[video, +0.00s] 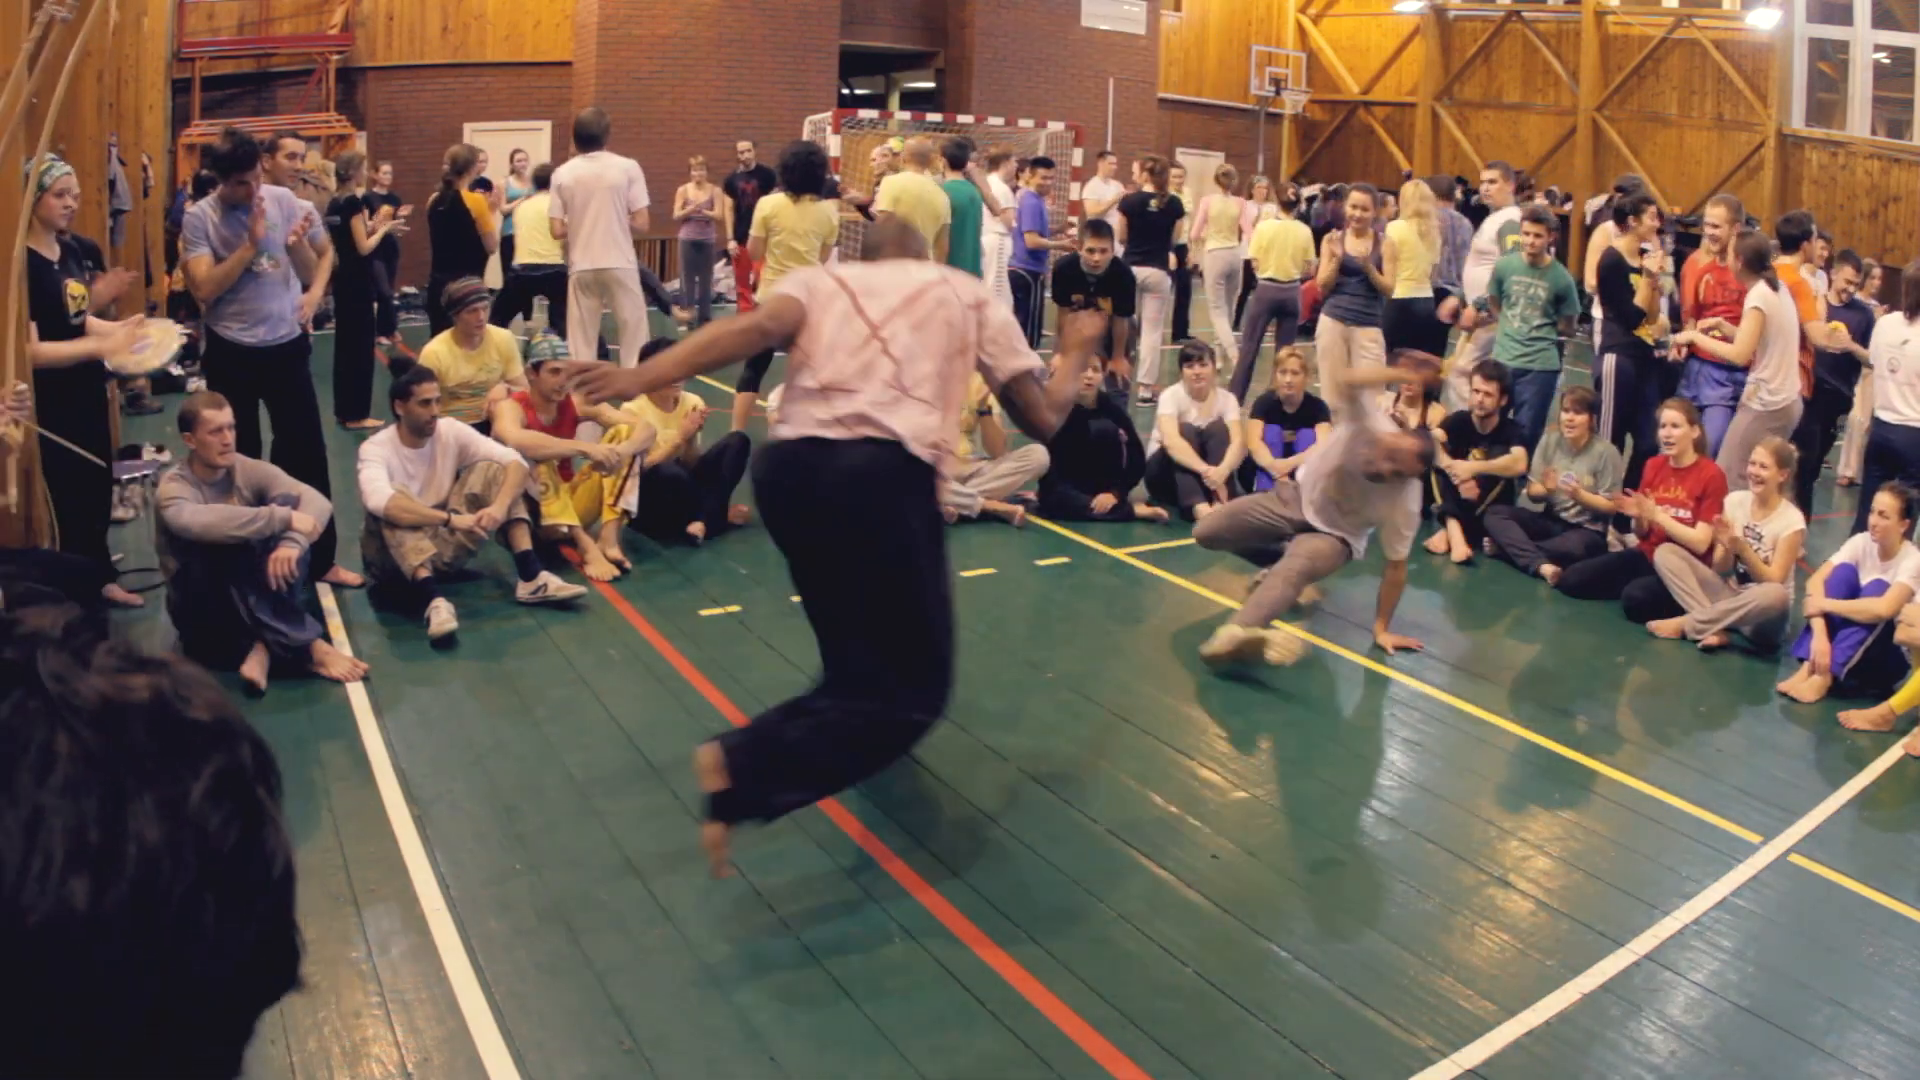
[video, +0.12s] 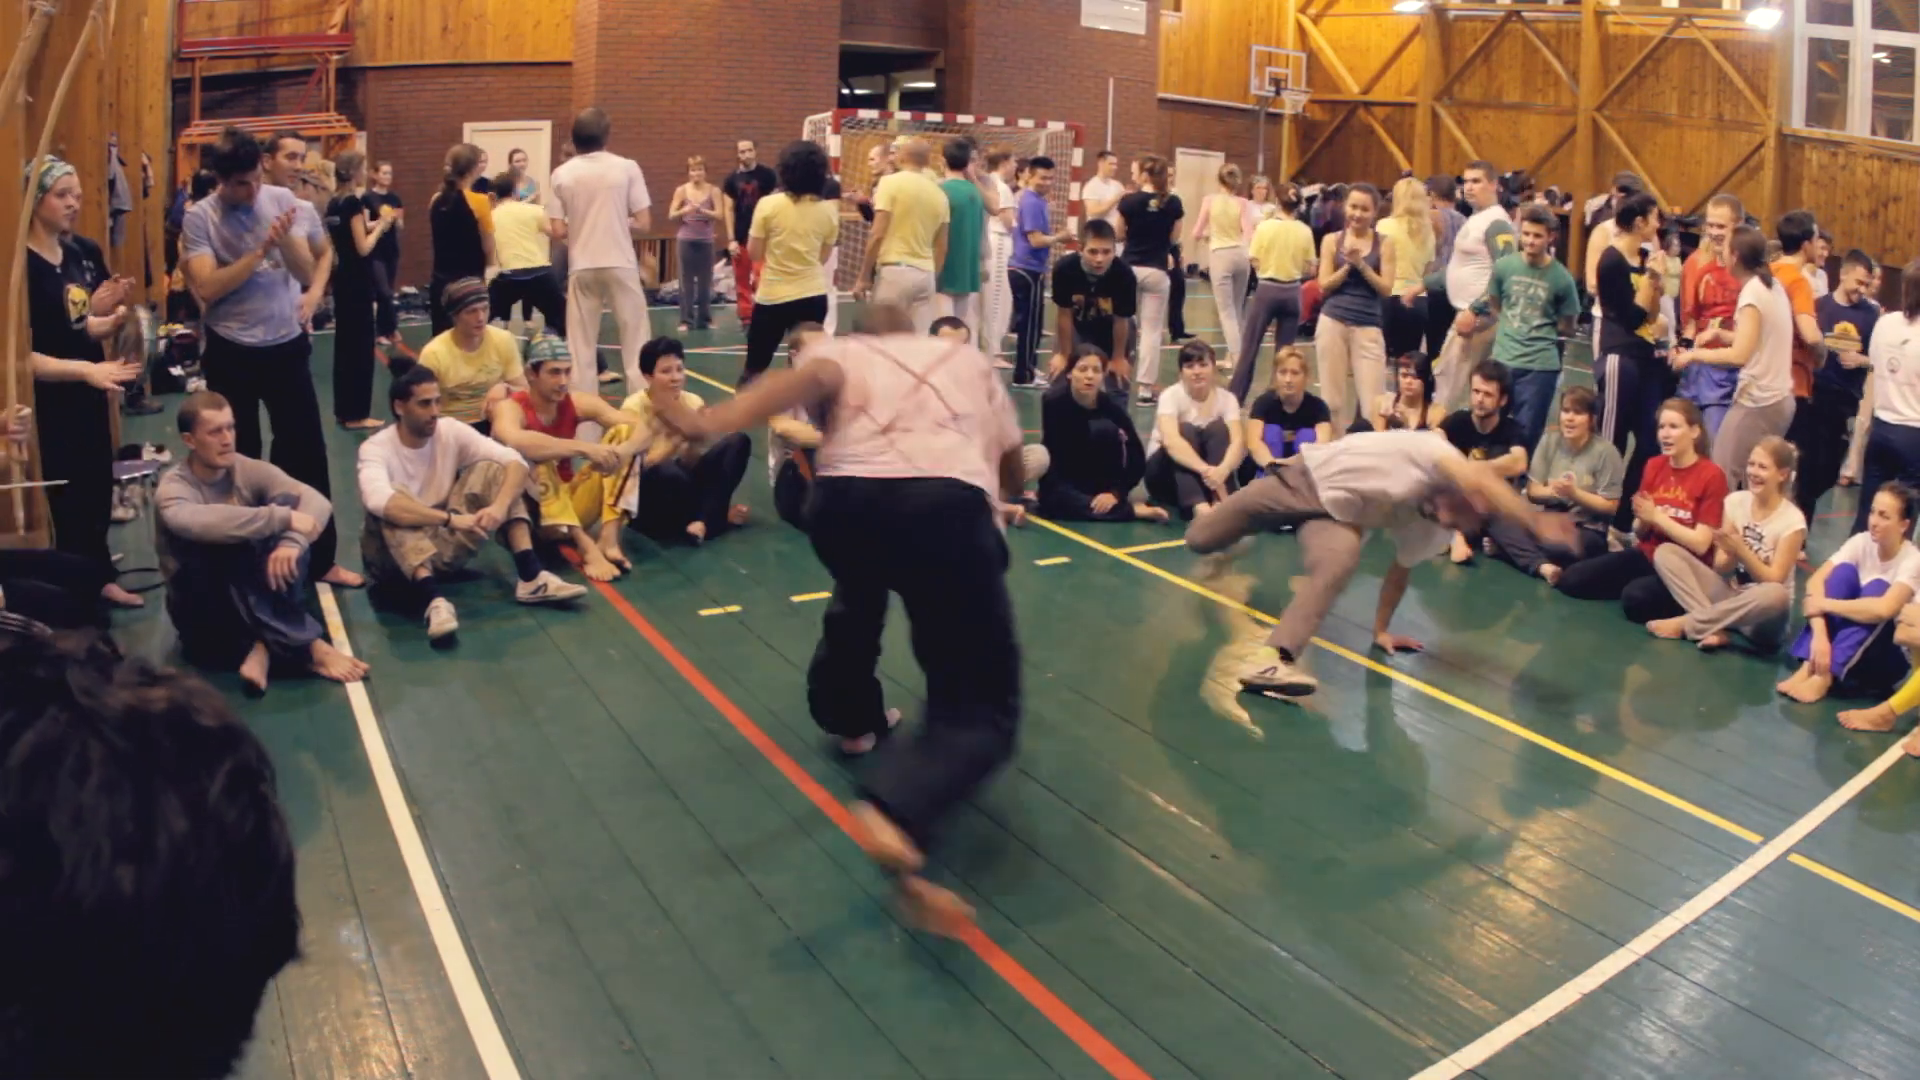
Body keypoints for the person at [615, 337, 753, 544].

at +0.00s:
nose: (677, 375)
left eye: (681, 366)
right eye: (667, 368)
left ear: (687, 371)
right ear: (649, 375)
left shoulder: (693, 404)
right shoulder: (632, 411)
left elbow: (692, 464)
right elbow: (639, 466)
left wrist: (691, 436)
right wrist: (682, 437)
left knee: (737, 441)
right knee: (667, 471)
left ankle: (701, 521)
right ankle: (718, 517)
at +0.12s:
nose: (675, 377)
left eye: (679, 369)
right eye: (666, 371)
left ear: (685, 371)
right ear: (648, 377)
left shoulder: (694, 403)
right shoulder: (634, 407)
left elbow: (690, 463)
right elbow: (637, 464)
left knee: (739, 441)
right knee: (666, 471)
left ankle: (702, 520)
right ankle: (718, 517)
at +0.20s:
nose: (675, 377)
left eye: (679, 369)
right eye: (666, 371)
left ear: (685, 371)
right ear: (648, 376)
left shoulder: (693, 402)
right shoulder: (633, 407)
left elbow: (691, 461)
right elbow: (640, 464)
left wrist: (696, 433)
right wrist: (677, 435)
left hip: (687, 486)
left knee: (738, 441)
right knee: (660, 470)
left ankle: (706, 522)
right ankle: (722, 515)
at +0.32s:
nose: (676, 377)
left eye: (680, 369)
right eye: (667, 371)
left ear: (686, 371)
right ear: (649, 376)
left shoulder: (694, 403)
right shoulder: (634, 406)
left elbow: (691, 464)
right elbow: (638, 464)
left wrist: (693, 433)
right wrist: (680, 436)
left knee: (738, 441)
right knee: (667, 471)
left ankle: (702, 519)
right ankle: (718, 517)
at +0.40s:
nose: (676, 377)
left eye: (680, 370)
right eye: (667, 371)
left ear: (686, 371)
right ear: (649, 376)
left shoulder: (694, 403)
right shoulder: (634, 406)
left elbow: (690, 464)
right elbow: (639, 463)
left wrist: (695, 434)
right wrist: (679, 434)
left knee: (738, 441)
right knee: (666, 469)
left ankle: (702, 519)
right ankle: (717, 516)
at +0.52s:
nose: (677, 377)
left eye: (681, 370)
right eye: (668, 371)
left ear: (687, 371)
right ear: (649, 376)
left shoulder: (693, 403)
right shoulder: (634, 406)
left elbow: (692, 464)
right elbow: (640, 463)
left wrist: (698, 434)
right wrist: (673, 438)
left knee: (738, 441)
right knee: (666, 469)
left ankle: (703, 520)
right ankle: (719, 516)